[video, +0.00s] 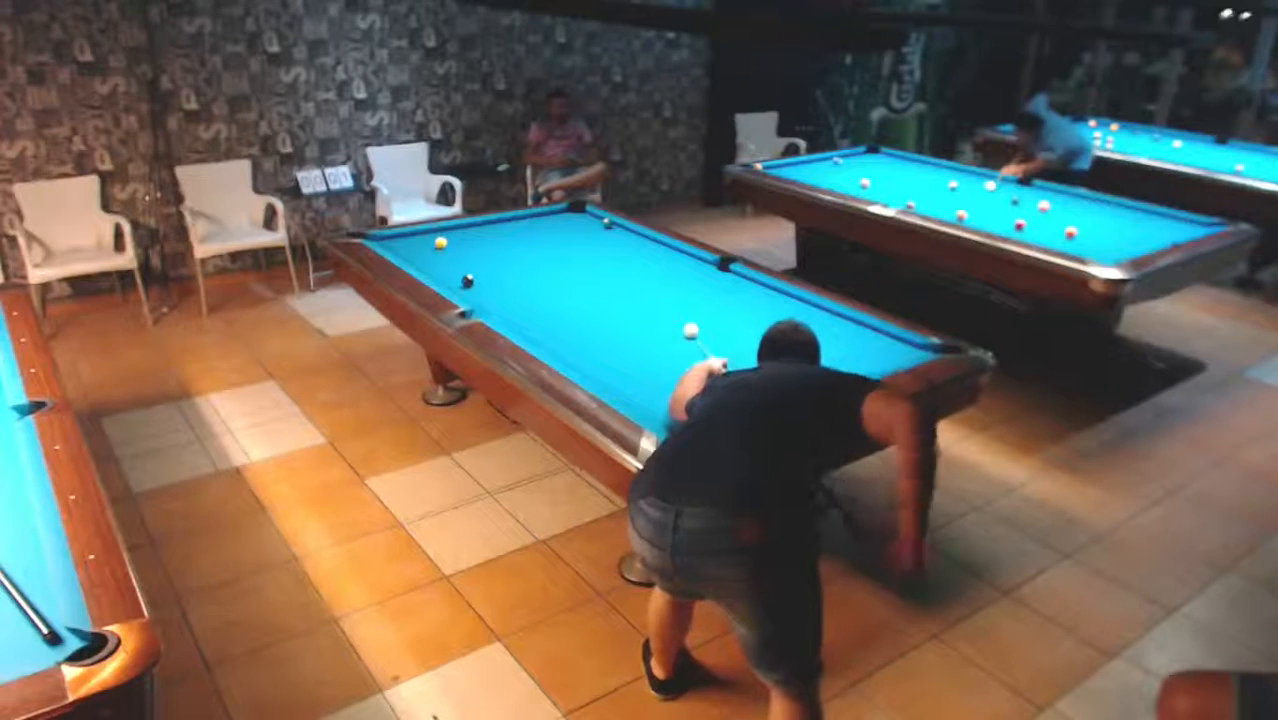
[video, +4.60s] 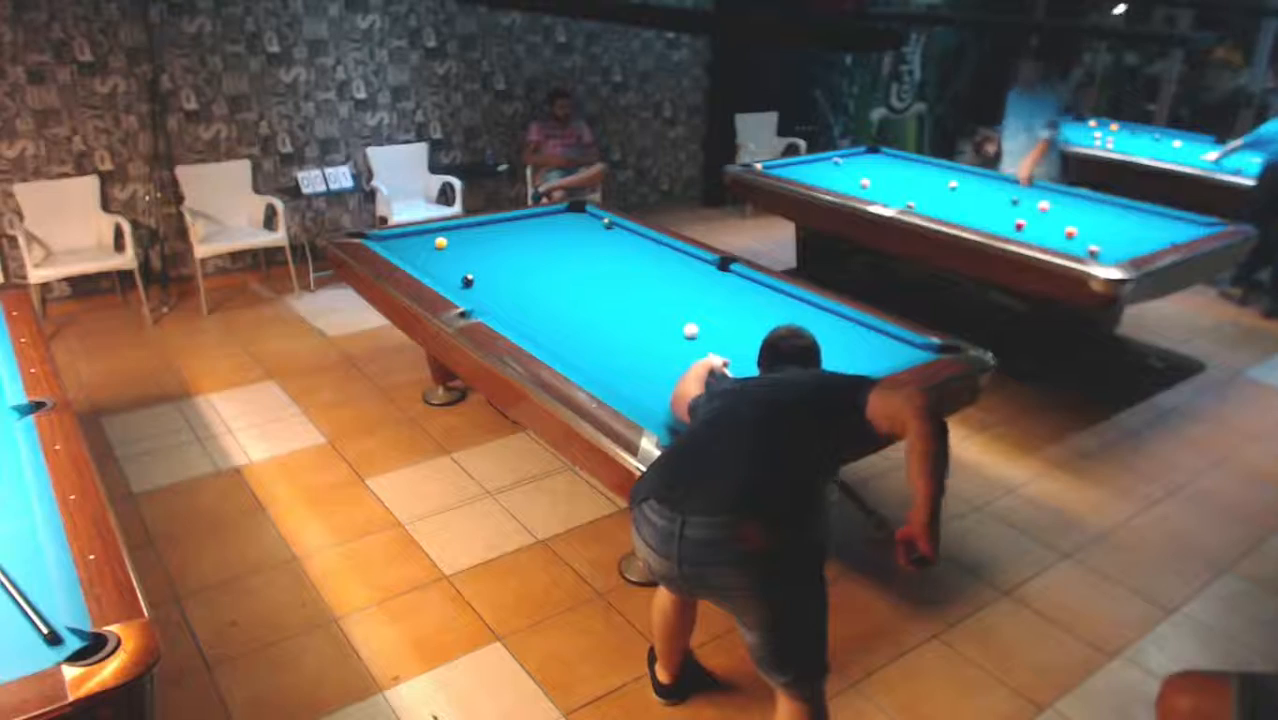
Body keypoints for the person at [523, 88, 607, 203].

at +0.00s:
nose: (560, 111)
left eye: (563, 106)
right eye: (556, 107)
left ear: (569, 107)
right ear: (549, 108)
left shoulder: (578, 125)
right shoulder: (539, 127)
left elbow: (592, 152)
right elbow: (528, 157)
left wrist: (574, 161)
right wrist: (553, 162)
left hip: (577, 166)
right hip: (551, 169)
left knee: (601, 169)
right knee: (559, 196)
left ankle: (548, 188)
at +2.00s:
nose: (559, 110)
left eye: (562, 106)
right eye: (555, 107)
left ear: (568, 107)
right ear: (548, 108)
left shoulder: (578, 126)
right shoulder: (538, 128)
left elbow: (591, 153)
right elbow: (529, 156)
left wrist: (567, 160)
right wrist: (552, 162)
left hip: (576, 166)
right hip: (550, 170)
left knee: (600, 168)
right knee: (558, 196)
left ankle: (551, 186)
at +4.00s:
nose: (563, 110)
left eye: (566, 106)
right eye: (559, 106)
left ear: (571, 107)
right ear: (551, 108)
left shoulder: (579, 125)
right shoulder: (539, 126)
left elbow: (592, 154)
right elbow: (528, 157)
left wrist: (570, 160)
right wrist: (554, 162)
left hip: (575, 167)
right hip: (549, 171)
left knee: (601, 168)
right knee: (558, 196)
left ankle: (550, 187)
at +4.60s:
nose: (565, 111)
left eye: (568, 107)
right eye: (561, 107)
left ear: (572, 108)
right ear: (552, 108)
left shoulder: (579, 126)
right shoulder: (539, 127)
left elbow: (593, 155)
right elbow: (529, 157)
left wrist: (572, 161)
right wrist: (555, 161)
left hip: (577, 167)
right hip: (551, 169)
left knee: (601, 169)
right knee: (559, 196)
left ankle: (551, 186)